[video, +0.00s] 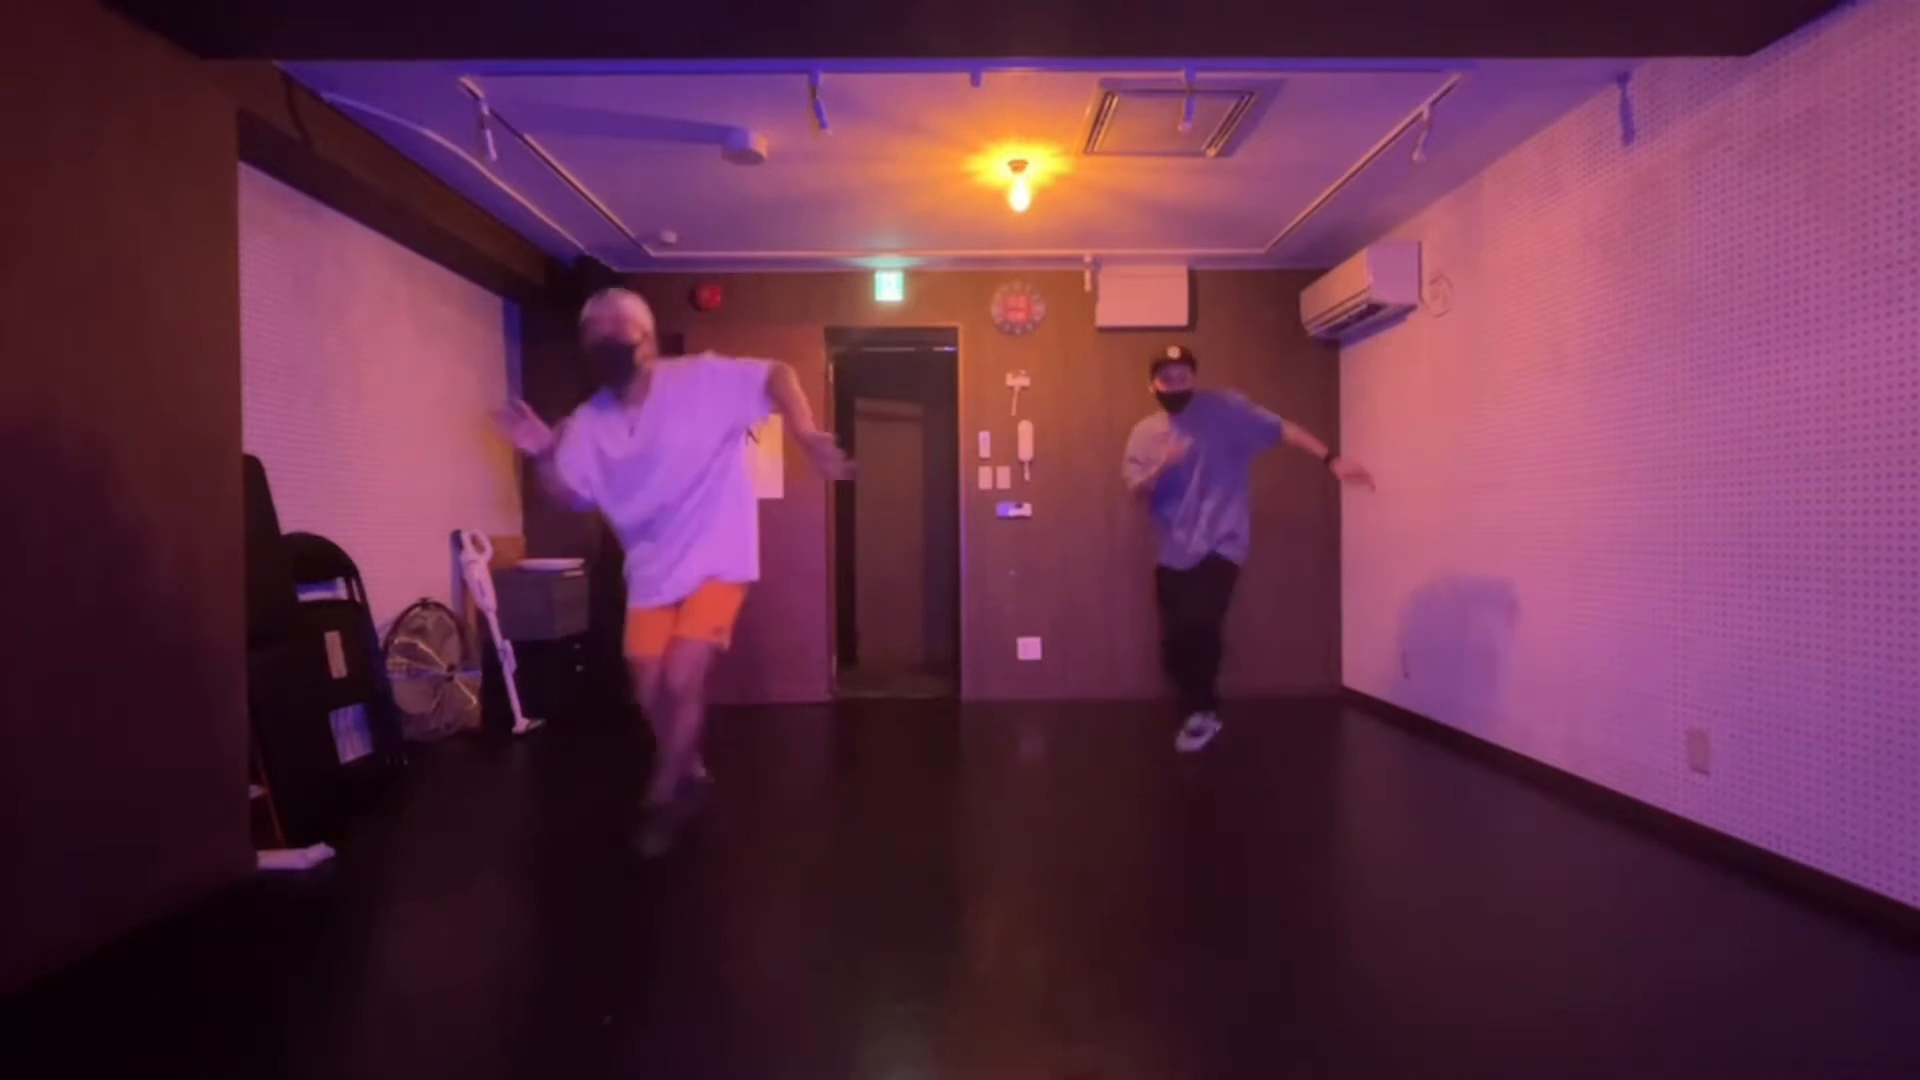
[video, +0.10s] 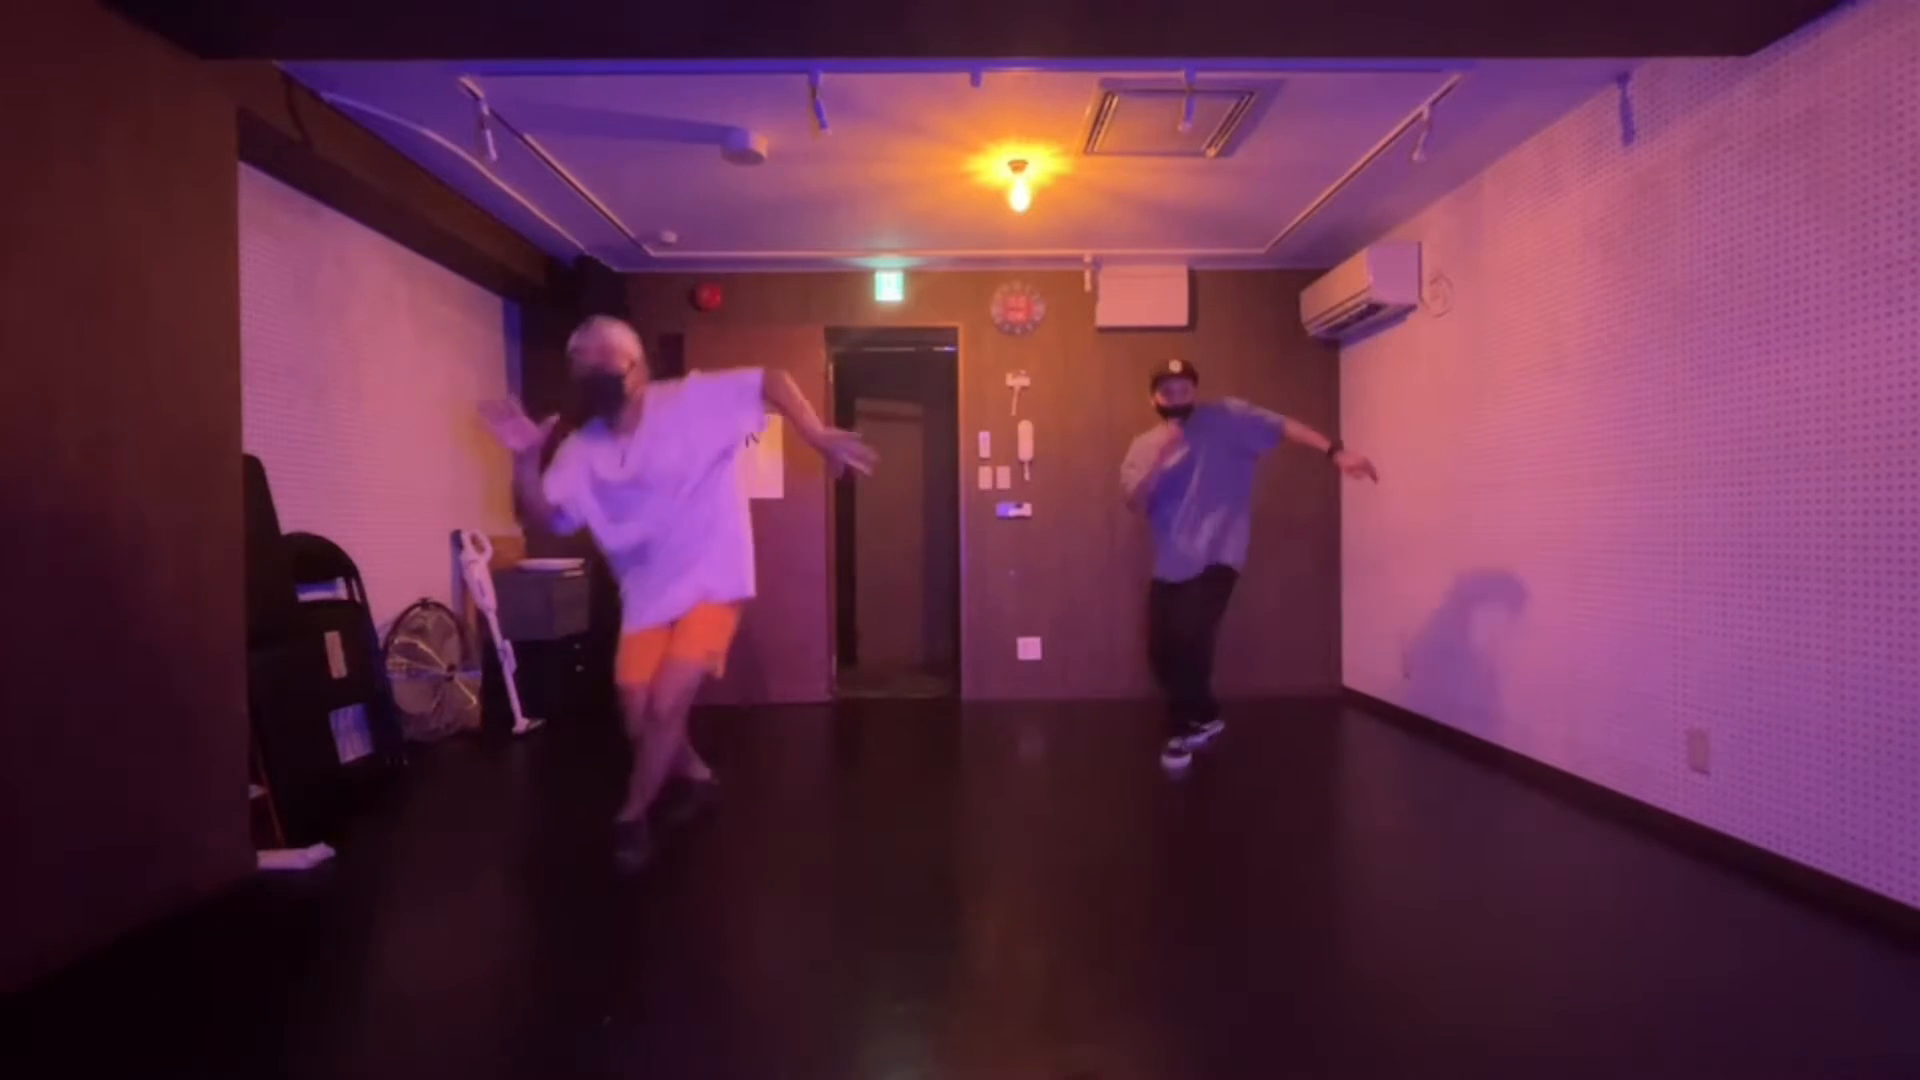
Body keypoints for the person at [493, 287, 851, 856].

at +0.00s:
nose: (613, 345)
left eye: (624, 333)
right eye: (600, 337)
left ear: (649, 339)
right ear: (586, 351)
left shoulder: (701, 377)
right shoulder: (587, 425)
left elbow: (777, 375)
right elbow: (569, 499)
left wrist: (810, 438)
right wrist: (544, 455)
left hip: (720, 551)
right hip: (652, 566)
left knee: (682, 677)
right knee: (649, 689)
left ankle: (658, 805)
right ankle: (693, 779)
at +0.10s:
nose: (606, 389)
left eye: (617, 374)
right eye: (593, 378)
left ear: (640, 372)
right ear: (577, 383)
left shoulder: (686, 401)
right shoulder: (581, 448)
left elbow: (770, 382)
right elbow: (544, 523)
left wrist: (820, 434)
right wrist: (526, 461)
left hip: (713, 574)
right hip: (646, 589)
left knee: (668, 700)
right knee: (636, 706)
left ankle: (632, 819)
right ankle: (696, 775)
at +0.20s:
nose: (599, 386)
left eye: (608, 373)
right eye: (584, 381)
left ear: (633, 380)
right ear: (571, 398)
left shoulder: (688, 414)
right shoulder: (572, 462)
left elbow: (777, 406)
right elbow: (533, 536)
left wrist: (817, 469)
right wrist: (519, 492)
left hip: (707, 591)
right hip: (638, 608)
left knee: (659, 716)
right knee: (629, 735)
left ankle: (631, 819)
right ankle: (692, 773)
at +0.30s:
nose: (601, 363)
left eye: (613, 351)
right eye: (588, 355)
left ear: (640, 356)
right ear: (574, 368)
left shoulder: (694, 404)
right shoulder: (571, 441)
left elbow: (782, 440)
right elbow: (548, 525)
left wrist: (790, 517)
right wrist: (513, 518)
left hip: (700, 593)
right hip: (629, 603)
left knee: (659, 717)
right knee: (629, 728)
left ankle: (632, 823)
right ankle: (687, 767)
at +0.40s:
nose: (615, 339)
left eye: (629, 326)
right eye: (603, 328)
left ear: (657, 335)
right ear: (588, 340)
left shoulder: (707, 398)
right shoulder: (574, 423)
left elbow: (768, 476)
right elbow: (548, 505)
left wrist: (758, 544)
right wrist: (531, 558)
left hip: (695, 584)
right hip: (620, 587)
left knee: (661, 712)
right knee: (617, 711)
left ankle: (631, 823)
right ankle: (672, 752)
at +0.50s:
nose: (647, 316)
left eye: (661, 304)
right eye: (635, 305)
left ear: (688, 318)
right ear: (618, 317)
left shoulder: (725, 393)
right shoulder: (588, 398)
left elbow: (746, 492)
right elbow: (552, 495)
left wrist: (722, 565)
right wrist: (529, 585)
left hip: (695, 579)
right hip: (614, 578)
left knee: (665, 708)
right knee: (613, 700)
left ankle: (632, 820)